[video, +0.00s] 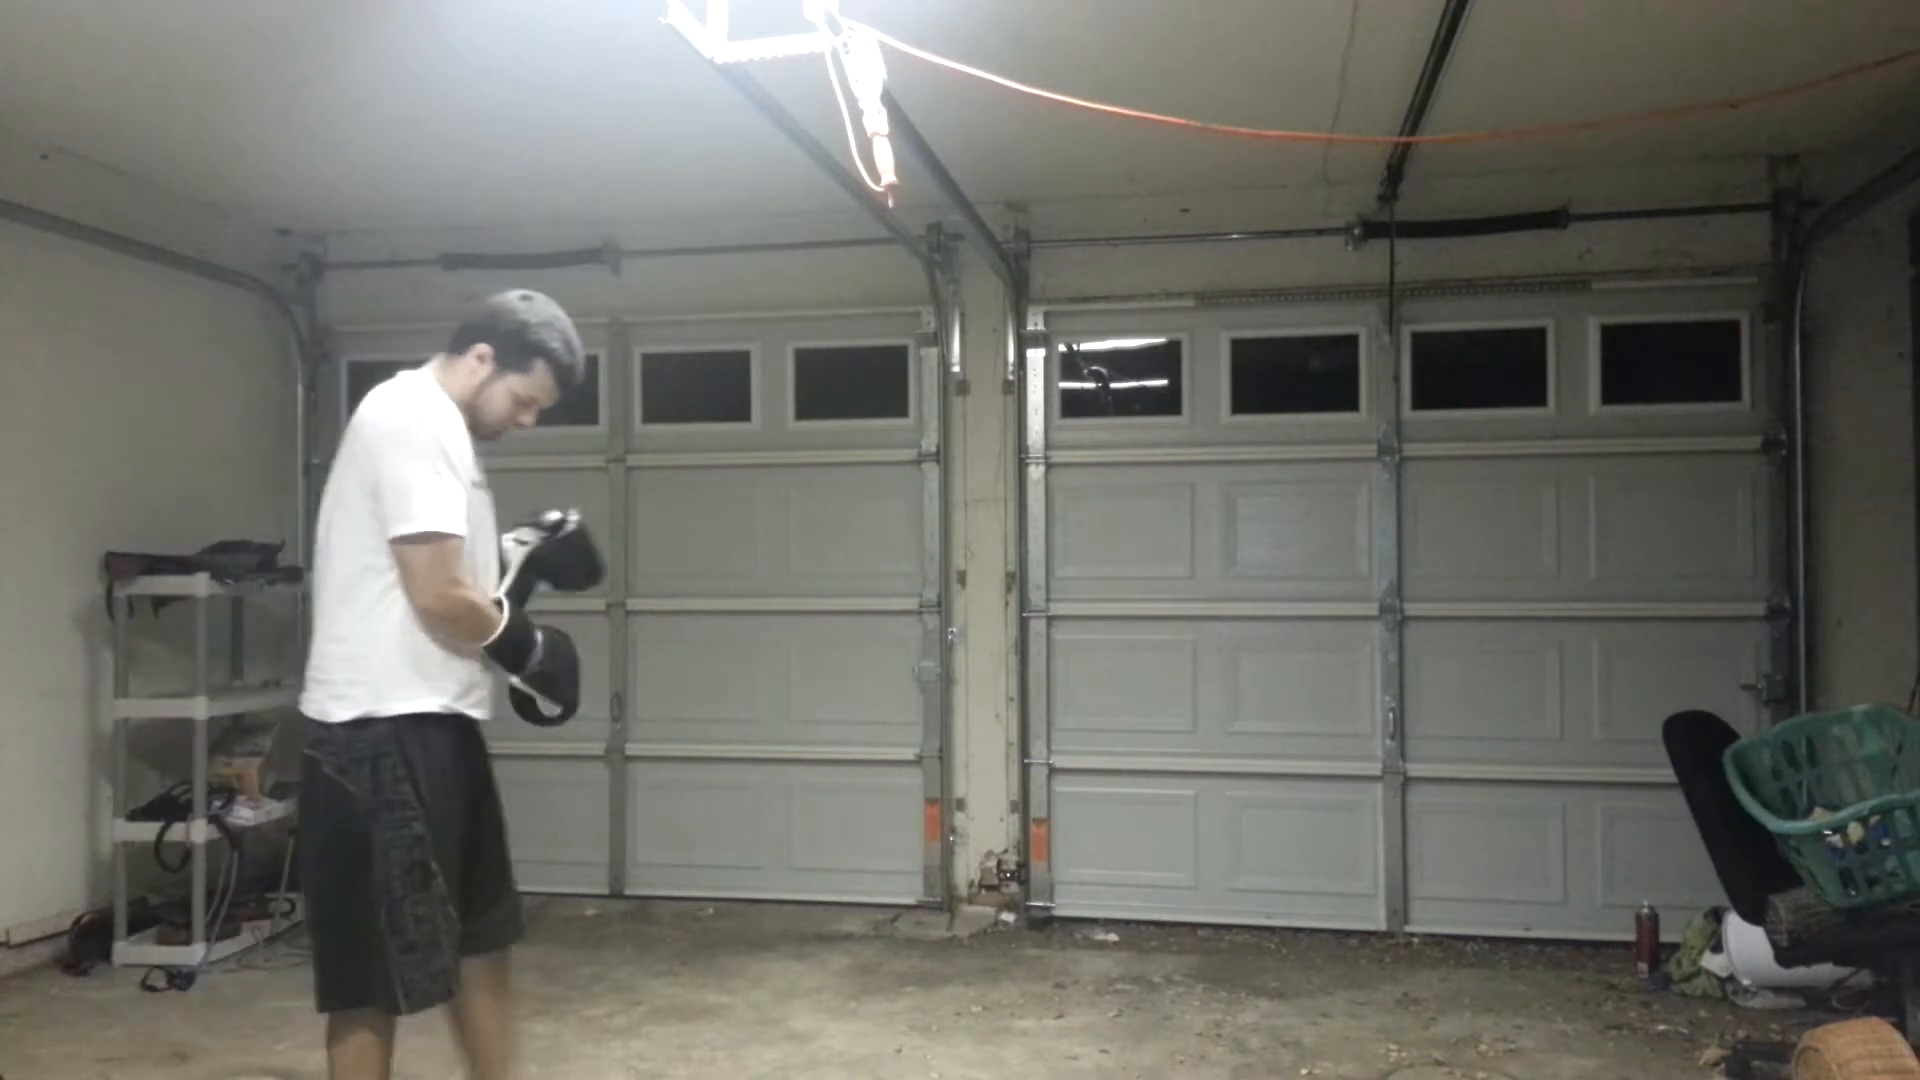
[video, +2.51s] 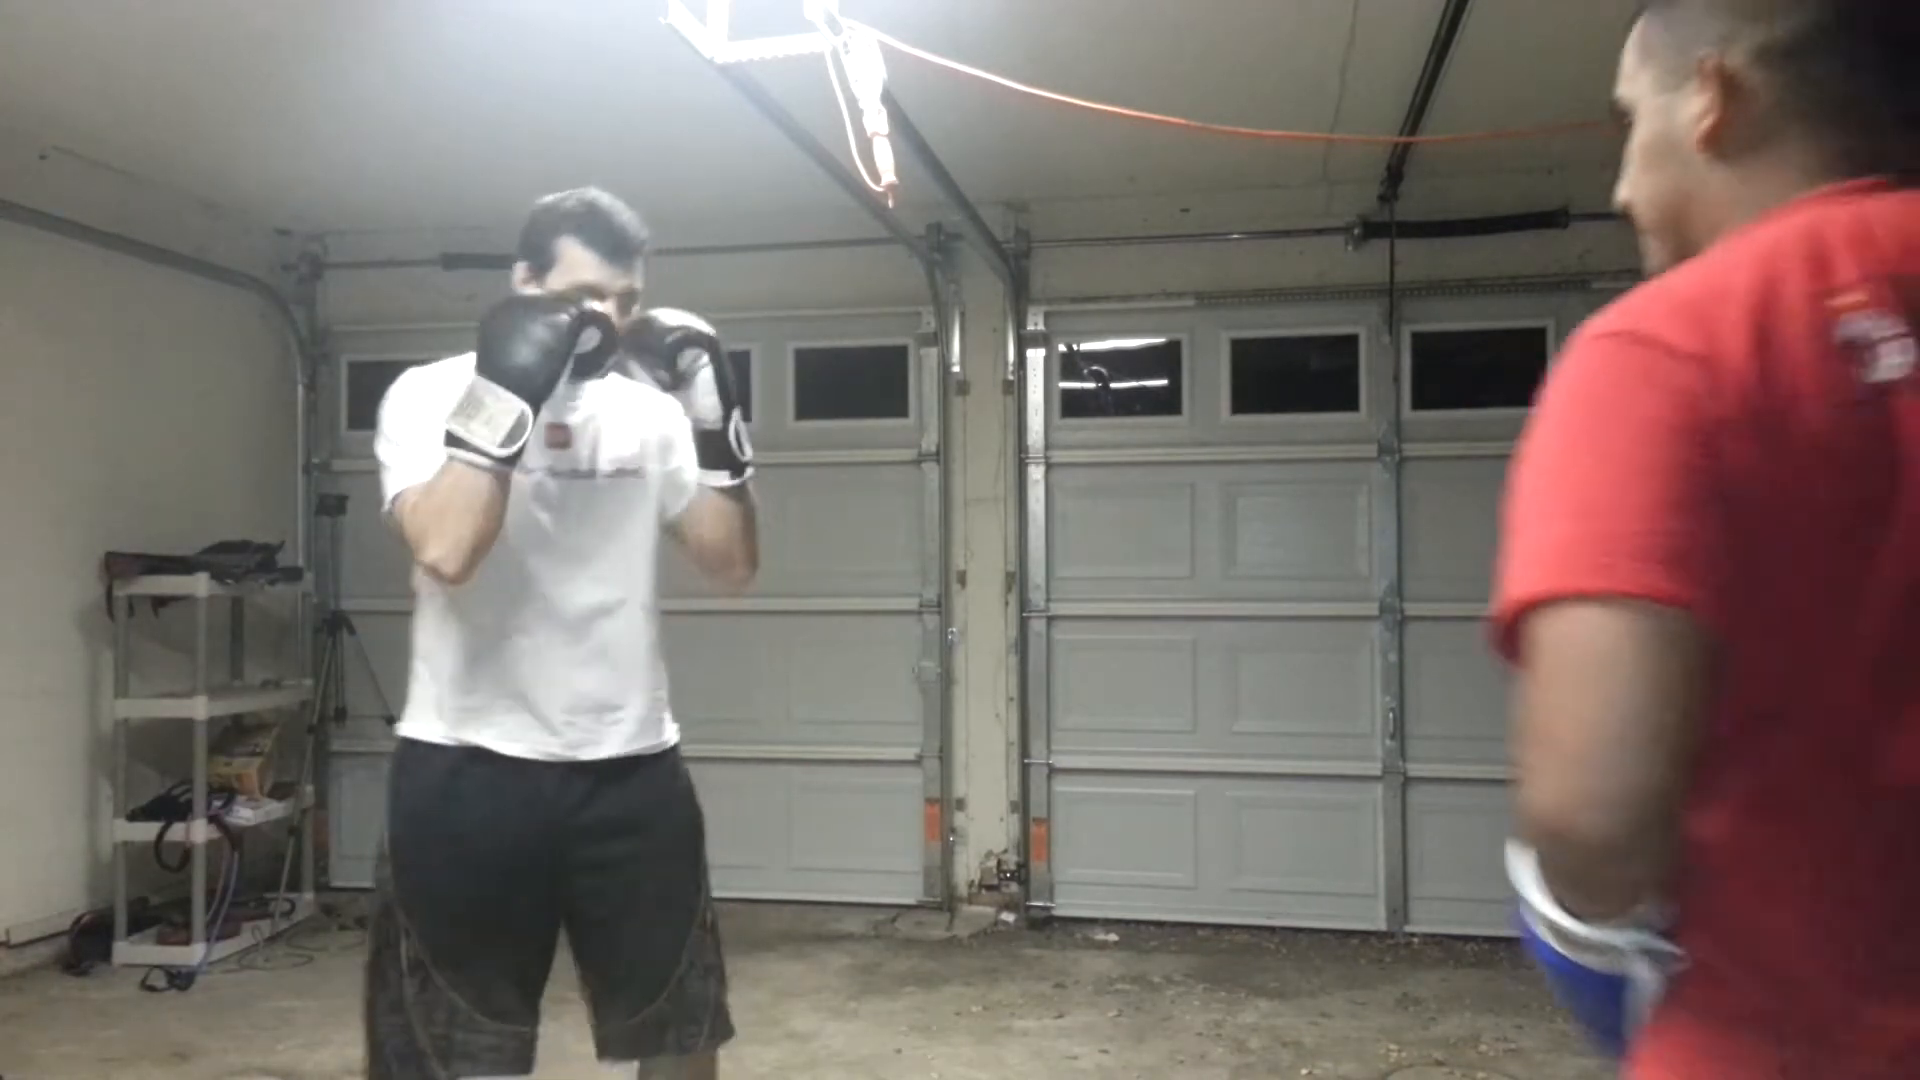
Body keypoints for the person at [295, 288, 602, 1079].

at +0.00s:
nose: (524, 425)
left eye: (535, 413)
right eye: (526, 404)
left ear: (477, 362)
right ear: (481, 359)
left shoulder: (436, 422)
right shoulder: (410, 415)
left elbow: (429, 580)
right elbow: (437, 594)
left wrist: (512, 561)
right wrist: (523, 648)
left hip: (434, 729)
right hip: (378, 734)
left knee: (482, 952)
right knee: (367, 990)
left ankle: (498, 1070)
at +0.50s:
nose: (620, 407)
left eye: (632, 394)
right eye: (614, 384)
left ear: (635, 384)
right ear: (569, 347)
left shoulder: (610, 442)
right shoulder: (489, 405)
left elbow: (653, 551)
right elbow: (523, 546)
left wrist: (644, 589)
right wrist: (599, 605)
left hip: (584, 706)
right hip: (491, 701)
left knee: (575, 940)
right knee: (505, 933)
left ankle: (561, 1078)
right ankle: (450, 1070)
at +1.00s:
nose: (599, 346)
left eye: (611, 327)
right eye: (579, 325)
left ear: (625, 327)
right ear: (527, 322)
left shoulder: (642, 428)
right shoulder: (471, 428)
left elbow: (686, 555)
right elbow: (470, 597)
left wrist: (674, 625)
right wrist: (606, 644)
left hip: (633, 736)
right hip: (519, 742)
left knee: (622, 964)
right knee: (536, 985)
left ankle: (576, 1078)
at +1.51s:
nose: (580, 311)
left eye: (596, 291)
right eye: (558, 290)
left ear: (617, 298)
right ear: (513, 296)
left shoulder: (658, 420)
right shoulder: (443, 427)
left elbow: (714, 563)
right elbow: (387, 591)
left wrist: (699, 591)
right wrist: (450, 611)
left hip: (647, 748)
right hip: (512, 757)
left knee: (667, 1001)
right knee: (522, 1021)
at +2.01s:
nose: (656, 274)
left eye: (676, 261)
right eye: (634, 253)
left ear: (692, 290)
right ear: (587, 269)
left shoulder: (731, 428)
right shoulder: (495, 400)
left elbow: (791, 591)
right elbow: (395, 557)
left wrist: (718, 577)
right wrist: (494, 564)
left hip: (678, 757)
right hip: (527, 753)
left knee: (671, 1041)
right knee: (520, 1044)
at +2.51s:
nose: (603, 321)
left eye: (621, 302)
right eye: (582, 295)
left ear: (638, 303)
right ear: (521, 283)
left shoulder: (647, 406)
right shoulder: (432, 395)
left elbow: (731, 568)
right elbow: (445, 550)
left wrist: (712, 414)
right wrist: (509, 388)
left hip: (631, 777)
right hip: (468, 777)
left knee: (678, 1049)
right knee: (461, 1053)